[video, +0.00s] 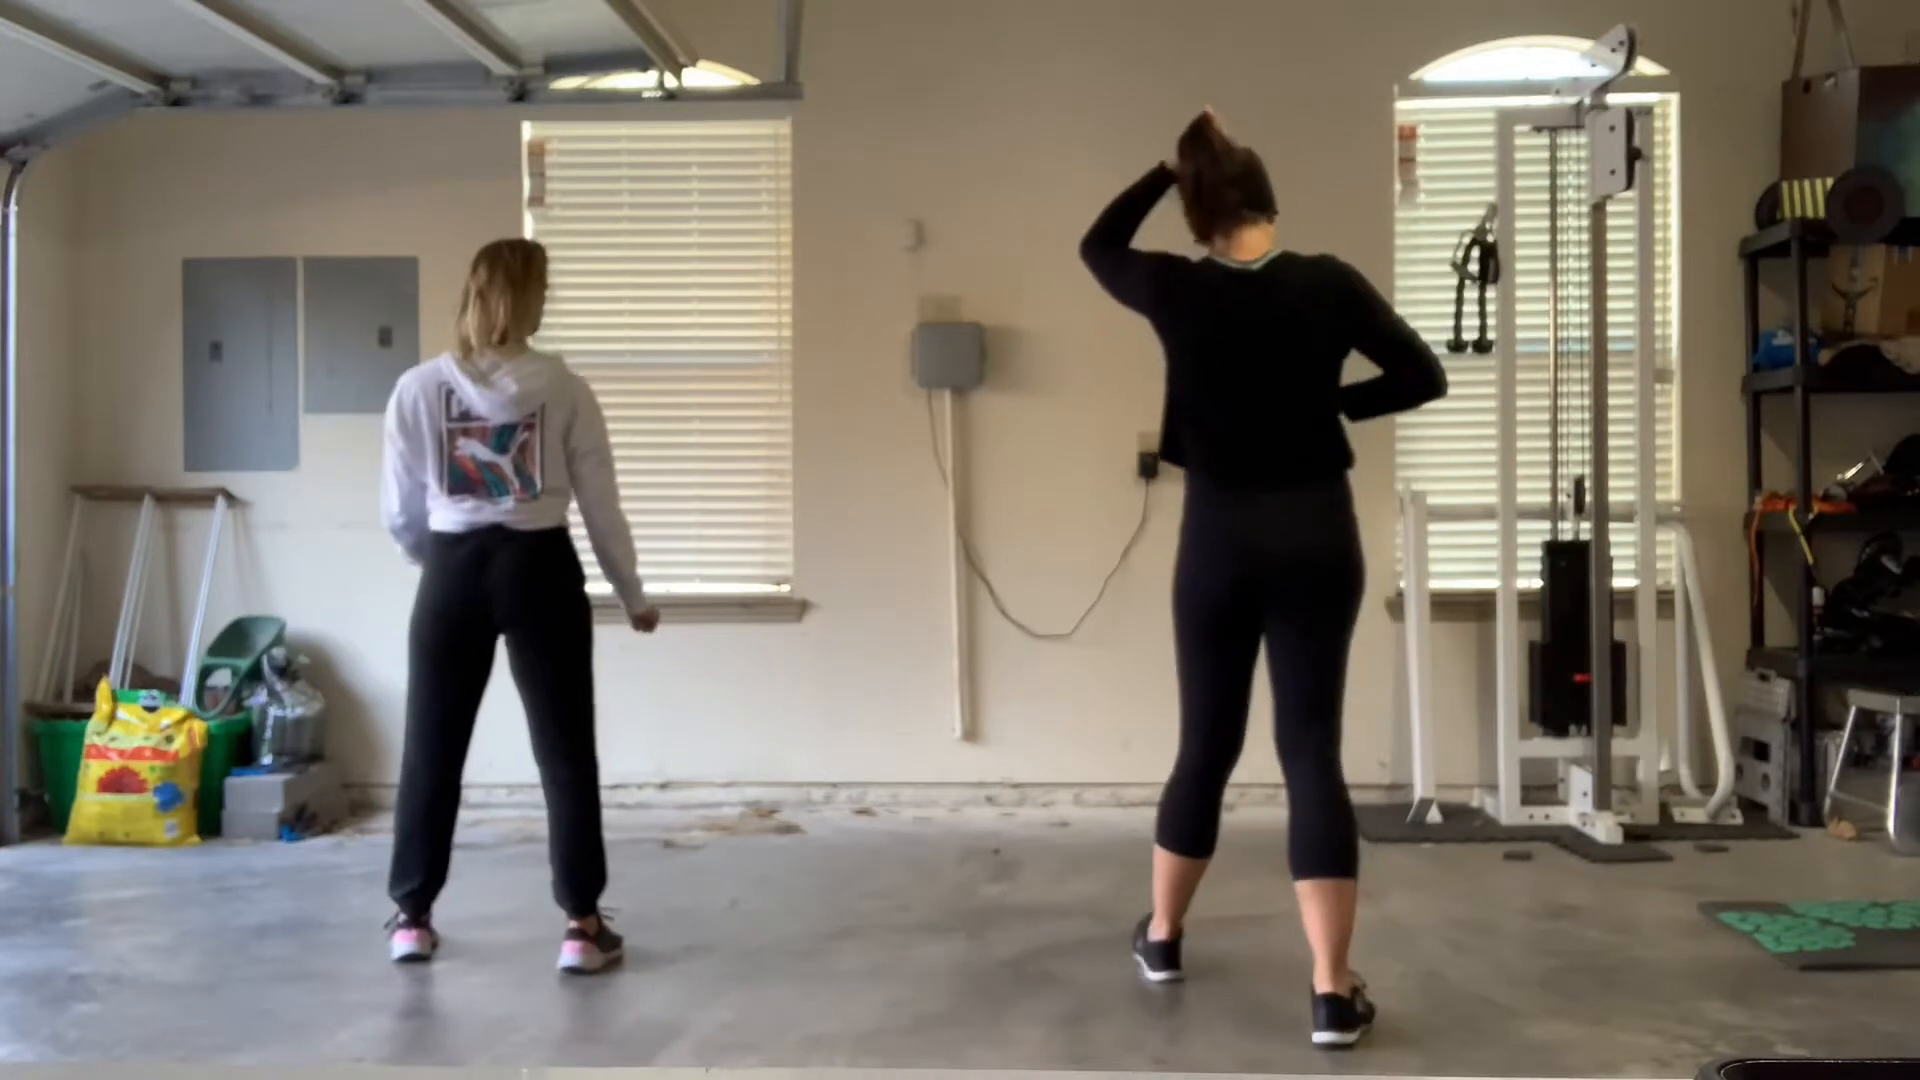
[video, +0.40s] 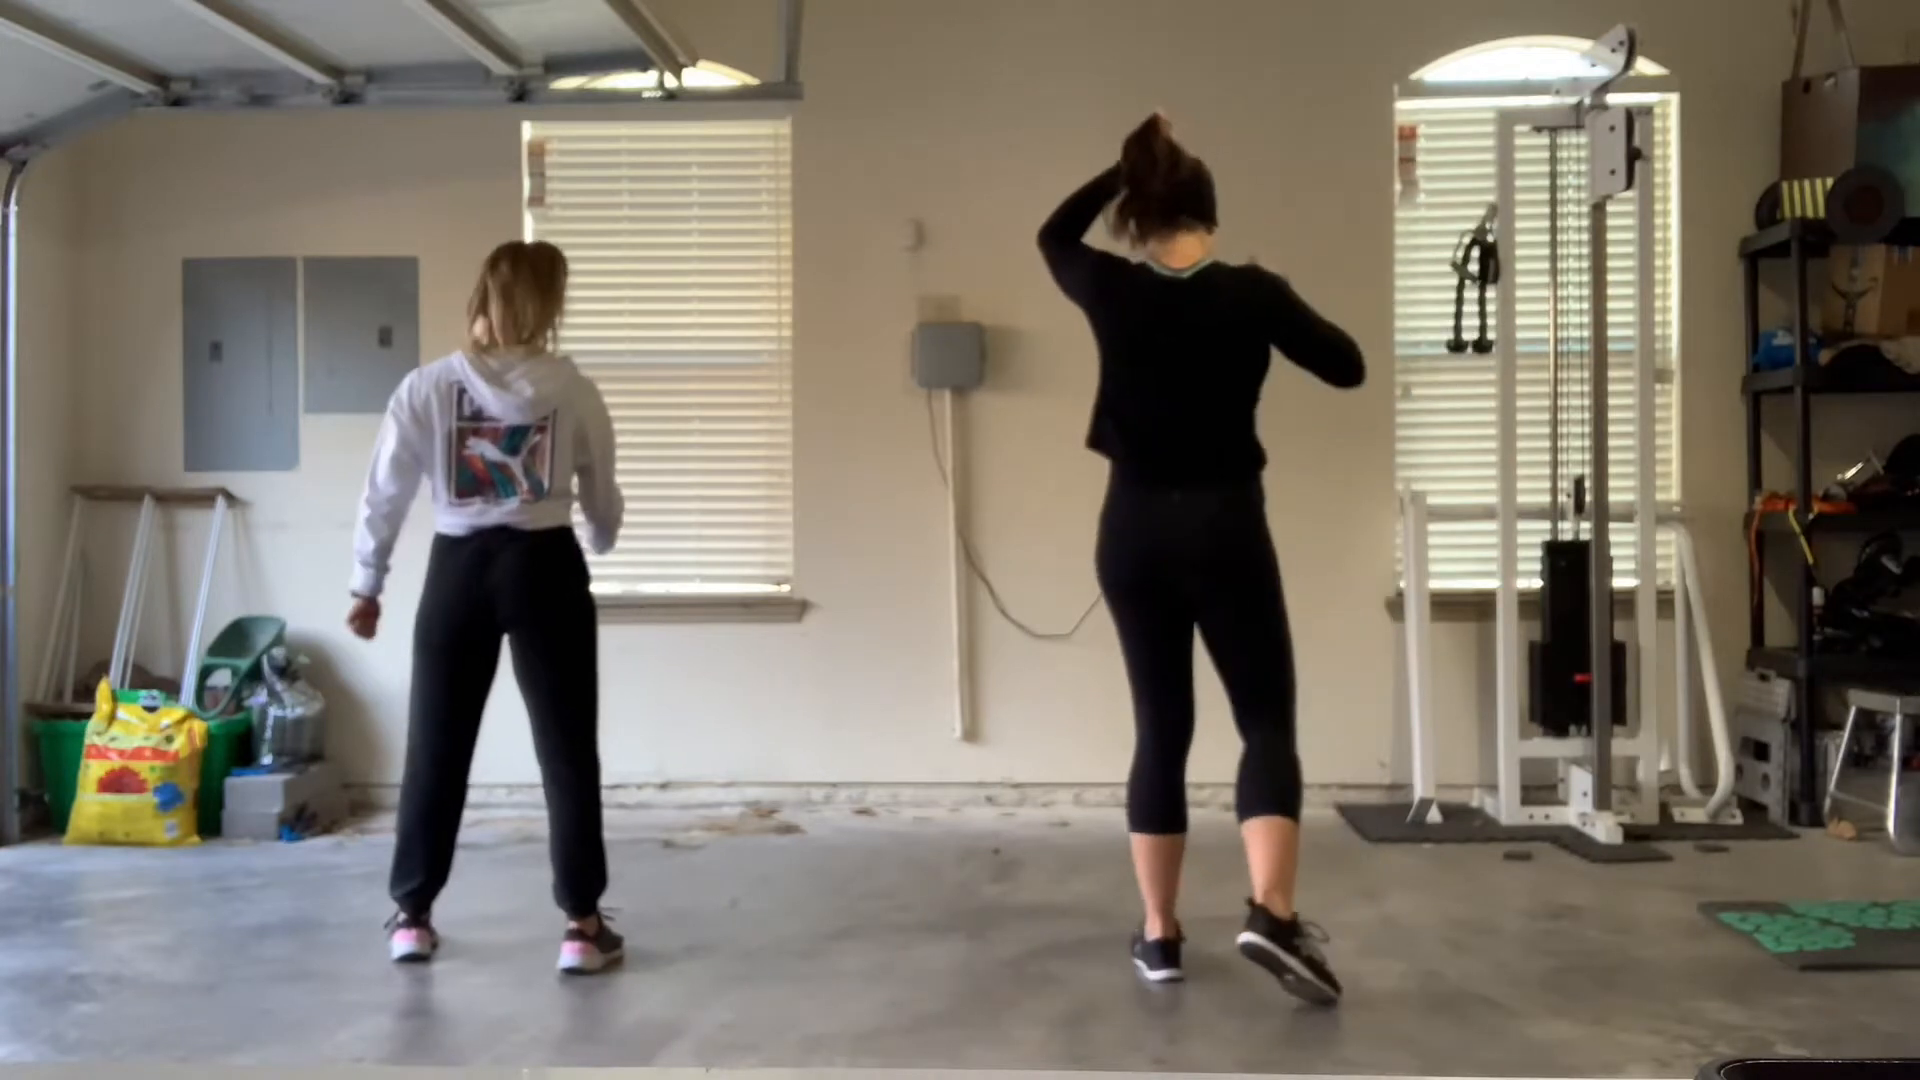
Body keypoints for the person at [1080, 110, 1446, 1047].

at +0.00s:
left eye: (1201, 215)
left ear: (1196, 219)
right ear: (1271, 203)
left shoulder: (1181, 291)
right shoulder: (1329, 284)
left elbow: (1101, 246)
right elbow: (1422, 380)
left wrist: (1167, 170)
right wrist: (1333, 405)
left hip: (1218, 552)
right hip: (1319, 547)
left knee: (1206, 746)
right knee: (1313, 755)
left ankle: (1162, 938)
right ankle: (1331, 991)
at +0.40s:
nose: (1171, 229)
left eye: (1152, 220)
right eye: (1202, 214)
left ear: (1137, 224)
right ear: (1213, 217)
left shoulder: (1115, 291)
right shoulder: (1253, 296)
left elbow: (1056, 237)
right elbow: (1347, 368)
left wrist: (1120, 173)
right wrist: (1274, 311)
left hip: (1132, 538)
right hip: (1229, 537)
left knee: (1159, 730)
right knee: (1265, 722)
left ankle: (1159, 937)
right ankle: (1272, 913)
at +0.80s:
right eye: (1201, 219)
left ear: (1137, 229)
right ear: (1213, 228)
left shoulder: (1112, 287)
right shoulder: (1240, 290)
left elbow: (1055, 211)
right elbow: (1297, 231)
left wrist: (1133, 155)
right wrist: (1232, 180)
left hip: (1128, 535)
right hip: (1220, 532)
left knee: (1155, 727)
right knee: (1247, 710)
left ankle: (1159, 932)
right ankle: (1268, 895)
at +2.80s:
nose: (1248, 258)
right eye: (1246, 245)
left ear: (1180, 255)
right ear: (1248, 247)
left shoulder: (1161, 313)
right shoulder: (1288, 311)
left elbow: (1070, 256)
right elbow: (1337, 245)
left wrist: (1136, 196)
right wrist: (1264, 198)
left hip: (1168, 543)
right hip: (1260, 545)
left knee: (1150, 737)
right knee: (1302, 736)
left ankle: (1135, 934)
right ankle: (1372, 930)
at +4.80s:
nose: (1245, 248)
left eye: (1244, 236)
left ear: (1246, 235)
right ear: (1314, 227)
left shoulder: (1235, 297)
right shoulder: (1364, 297)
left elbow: (1113, 291)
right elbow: (1351, 261)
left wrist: (1163, 223)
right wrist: (1303, 208)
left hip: (1260, 531)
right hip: (1352, 533)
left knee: (1199, 725)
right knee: (1341, 726)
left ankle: (1148, 910)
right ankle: (1366, 930)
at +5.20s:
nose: (1253, 259)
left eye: (1247, 246)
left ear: (1245, 246)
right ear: (1315, 238)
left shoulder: (1232, 295)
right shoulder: (1355, 302)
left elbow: (1127, 242)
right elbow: (1346, 243)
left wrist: (1210, 196)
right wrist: (1302, 190)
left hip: (1237, 528)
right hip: (1330, 532)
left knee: (1184, 722)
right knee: (1332, 727)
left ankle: (1140, 914)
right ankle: (1365, 930)